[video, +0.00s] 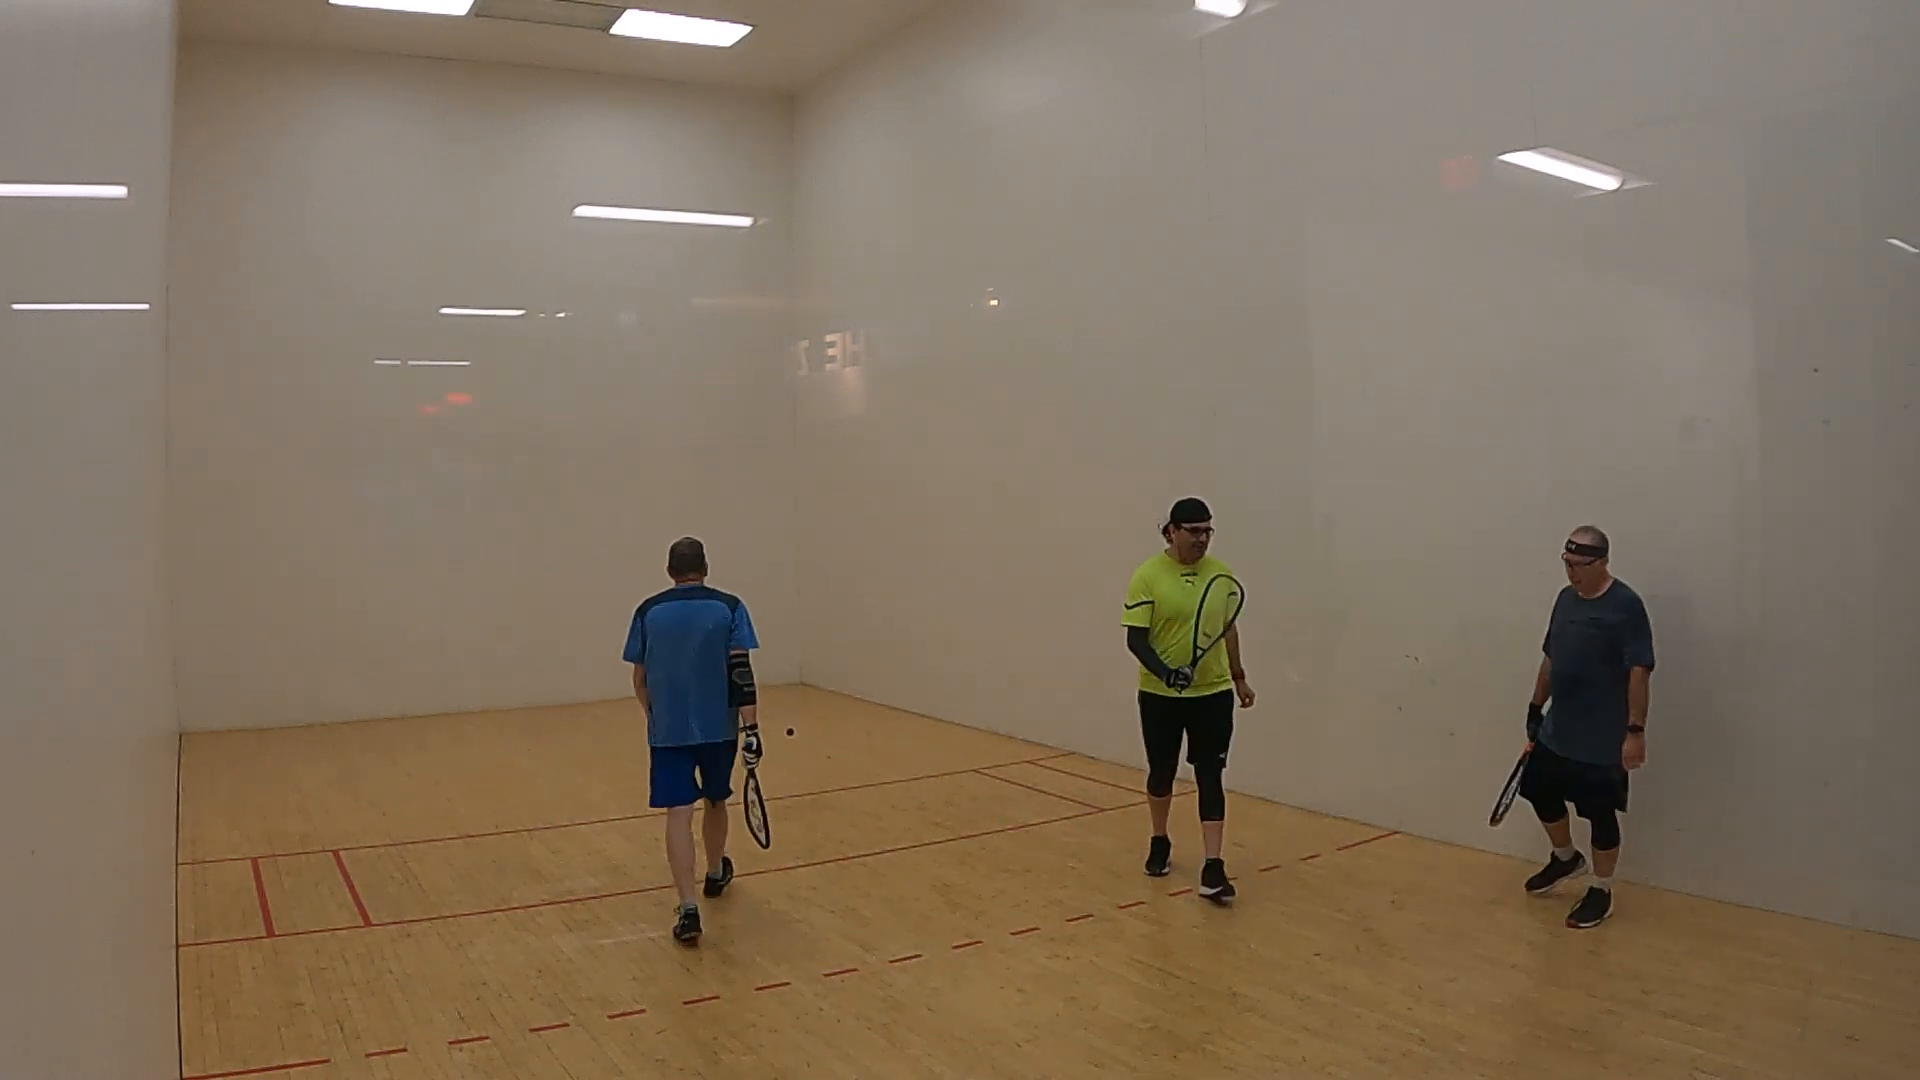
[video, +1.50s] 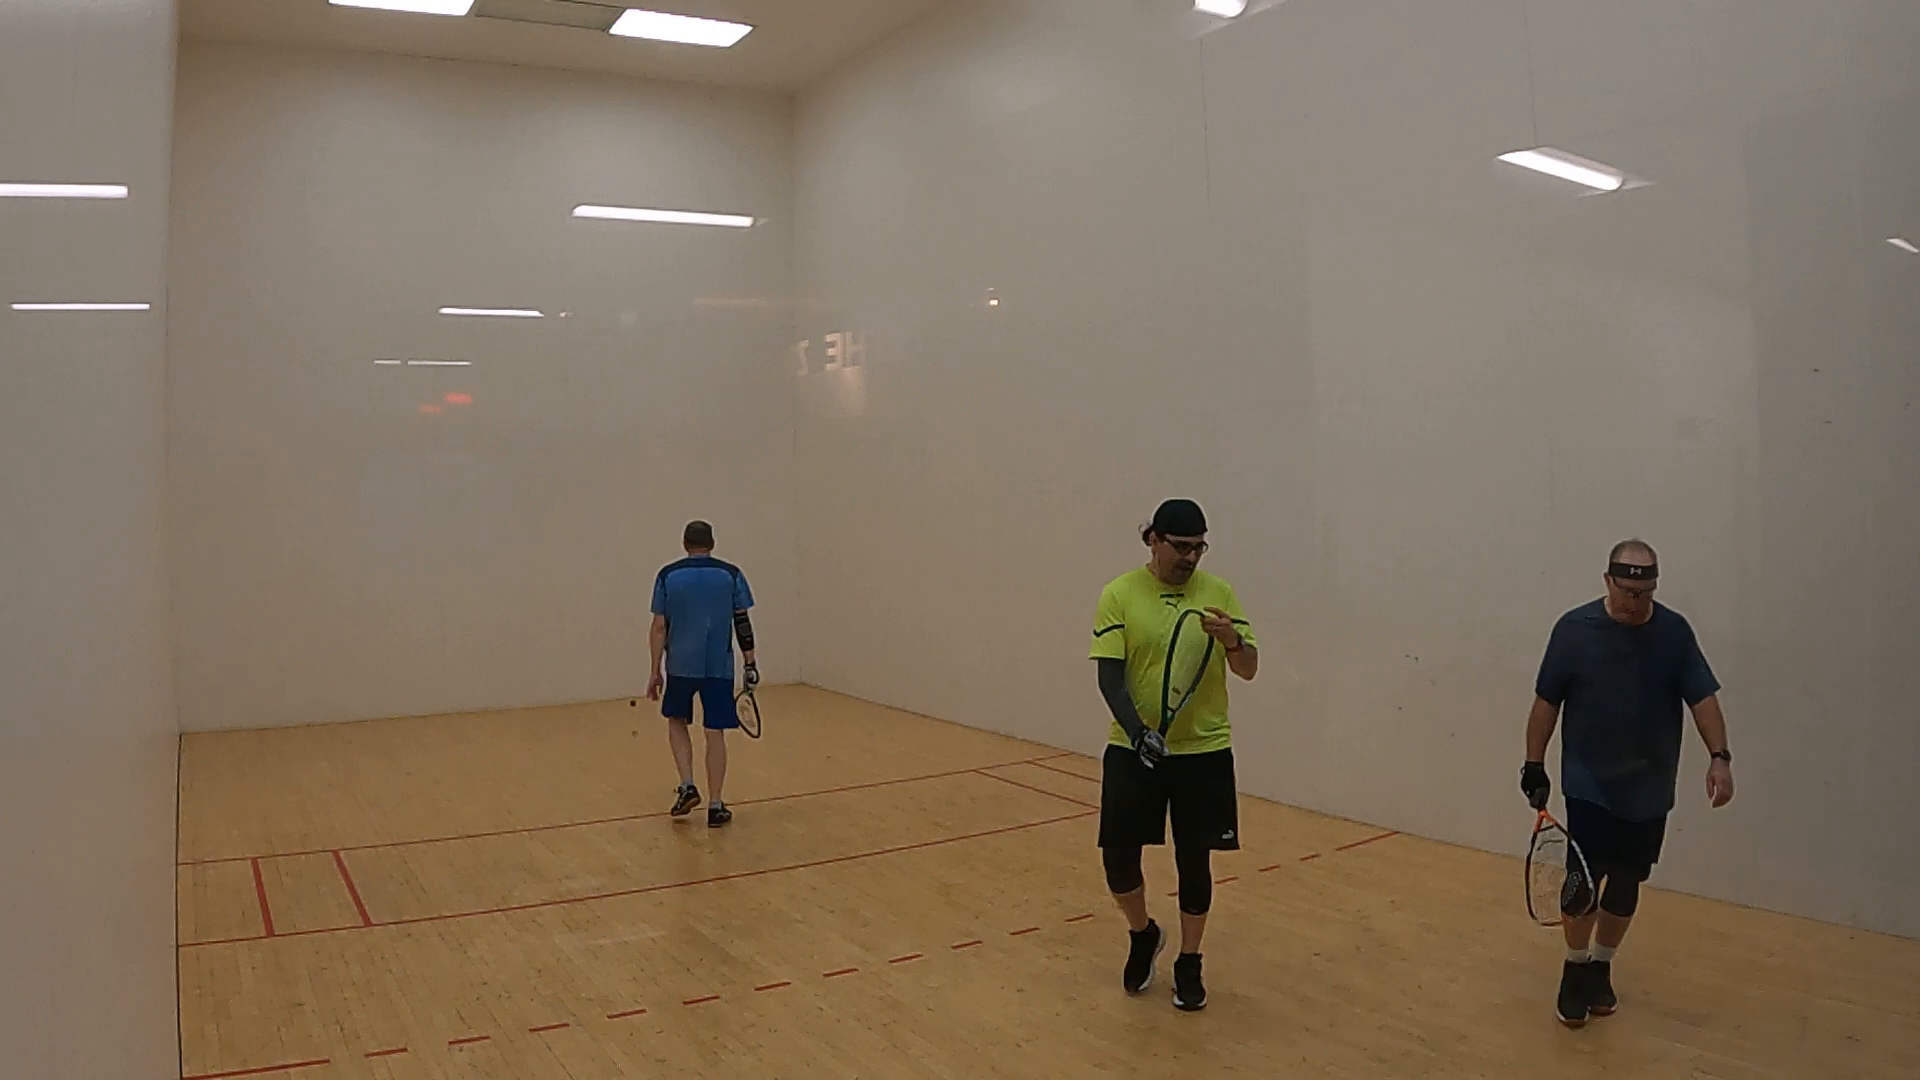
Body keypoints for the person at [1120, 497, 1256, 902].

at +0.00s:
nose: (1203, 538)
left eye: (1208, 532)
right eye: (1195, 531)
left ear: (1211, 533)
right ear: (1172, 532)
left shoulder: (1220, 575)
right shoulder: (1148, 577)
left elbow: (1229, 628)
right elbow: (1135, 640)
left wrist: (1239, 677)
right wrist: (1164, 670)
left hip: (1212, 696)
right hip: (1161, 696)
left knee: (1210, 777)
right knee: (1161, 774)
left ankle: (1213, 866)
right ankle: (1159, 841)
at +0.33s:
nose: (1216, 538)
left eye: (1222, 531)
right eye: (1208, 530)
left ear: (1226, 533)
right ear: (1185, 530)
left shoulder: (1235, 576)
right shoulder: (1158, 577)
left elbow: (1248, 632)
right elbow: (1145, 642)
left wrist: (1265, 682)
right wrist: (1173, 675)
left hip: (1225, 704)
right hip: (1171, 703)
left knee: (1220, 789)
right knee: (1165, 788)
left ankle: (1214, 873)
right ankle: (1165, 851)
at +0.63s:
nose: (1208, 550)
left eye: (1214, 542)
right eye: (1198, 542)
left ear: (1219, 542)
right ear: (1174, 540)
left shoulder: (1230, 585)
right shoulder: (1148, 591)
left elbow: (1263, 641)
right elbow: (1132, 658)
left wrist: (1263, 622)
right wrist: (1157, 693)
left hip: (1223, 718)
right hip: (1168, 721)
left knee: (1218, 802)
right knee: (1172, 813)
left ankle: (1213, 873)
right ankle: (1170, 911)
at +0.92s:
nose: (1193, 547)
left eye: (1200, 538)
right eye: (1184, 539)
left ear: (1205, 537)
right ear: (1158, 535)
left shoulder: (1216, 579)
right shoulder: (1131, 589)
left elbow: (1254, 640)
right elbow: (1115, 660)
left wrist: (1247, 615)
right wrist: (1141, 702)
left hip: (1215, 723)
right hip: (1157, 727)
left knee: (1227, 815)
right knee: (1163, 821)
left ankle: (1214, 889)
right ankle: (1169, 914)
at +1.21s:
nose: (1190, 560)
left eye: (1199, 552)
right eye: (1182, 550)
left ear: (1205, 550)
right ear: (1157, 543)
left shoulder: (1216, 593)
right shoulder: (1126, 599)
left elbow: (1253, 659)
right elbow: (1115, 674)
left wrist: (1239, 634)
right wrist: (1138, 721)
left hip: (1206, 741)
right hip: (1147, 744)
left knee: (1195, 846)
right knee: (1159, 842)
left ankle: (1189, 957)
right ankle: (1169, 915)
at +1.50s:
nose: (1190, 556)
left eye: (1198, 547)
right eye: (1180, 546)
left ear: (1205, 547)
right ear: (1153, 542)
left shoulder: (1218, 594)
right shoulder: (1119, 596)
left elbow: (1247, 670)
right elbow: (1109, 677)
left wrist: (1230, 640)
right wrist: (1137, 728)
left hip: (1201, 752)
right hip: (1134, 750)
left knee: (1194, 859)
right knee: (1118, 856)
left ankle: (1189, 962)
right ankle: (1142, 935)